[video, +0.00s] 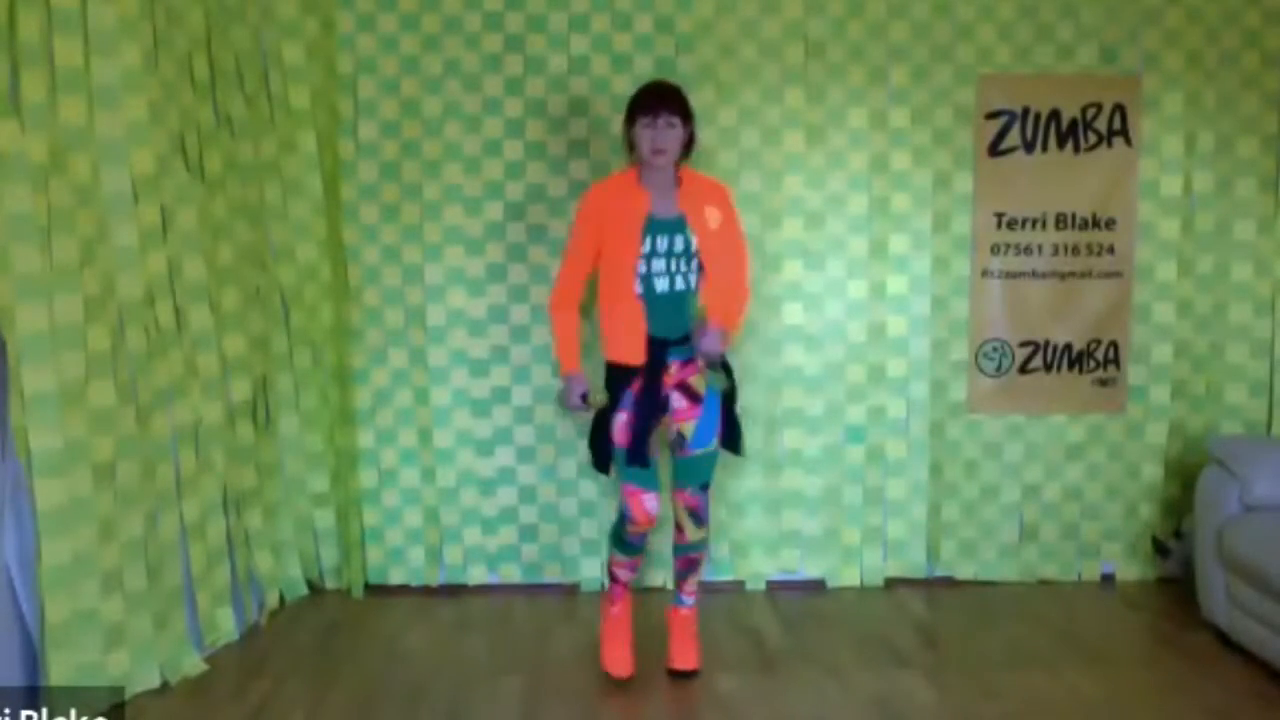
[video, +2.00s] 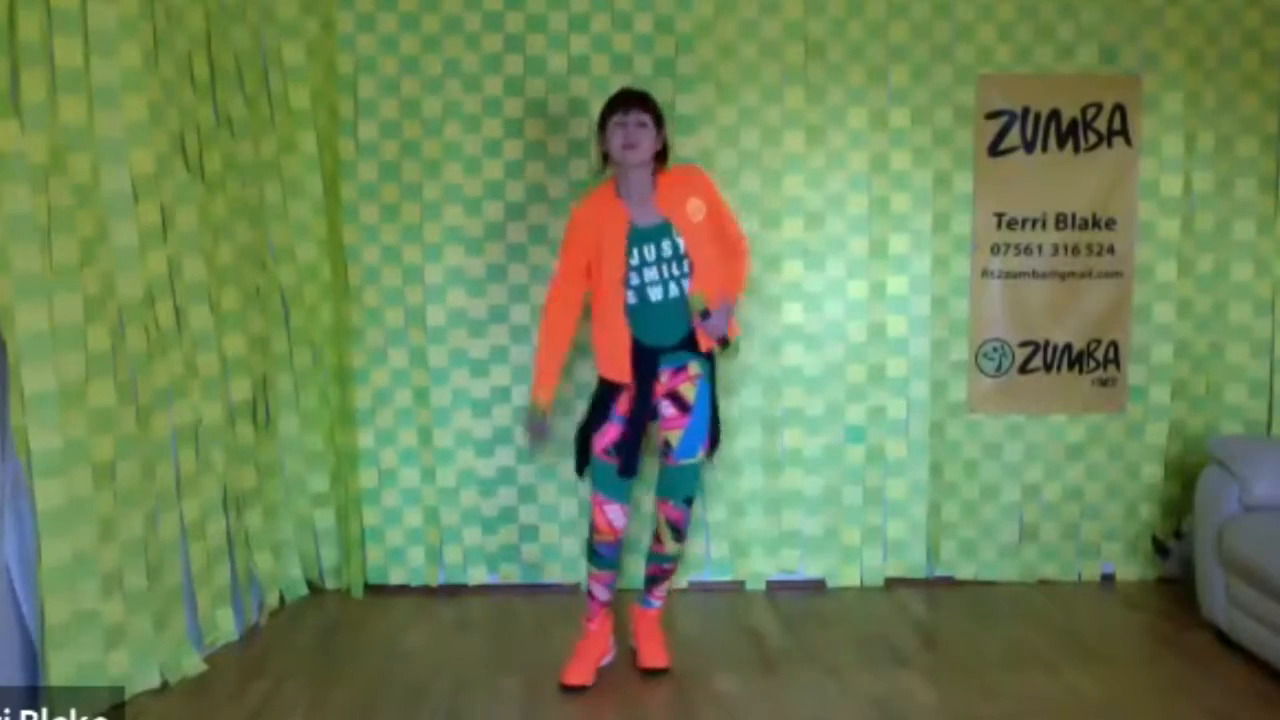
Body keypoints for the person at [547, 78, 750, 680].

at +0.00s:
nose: (659, 135)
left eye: (671, 125)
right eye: (648, 124)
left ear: (687, 136)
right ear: (630, 134)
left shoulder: (710, 197)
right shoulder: (602, 202)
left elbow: (734, 275)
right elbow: (566, 292)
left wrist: (721, 327)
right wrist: (571, 367)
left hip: (698, 365)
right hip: (631, 369)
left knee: (693, 503)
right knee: (639, 509)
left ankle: (685, 616)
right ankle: (617, 609)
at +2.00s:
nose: (630, 135)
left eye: (641, 126)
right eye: (619, 127)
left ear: (660, 138)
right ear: (604, 142)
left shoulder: (692, 186)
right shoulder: (591, 213)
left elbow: (733, 249)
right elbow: (563, 303)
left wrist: (725, 305)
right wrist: (542, 394)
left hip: (689, 364)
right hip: (622, 370)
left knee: (677, 500)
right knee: (607, 501)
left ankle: (649, 615)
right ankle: (597, 625)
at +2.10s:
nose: (622, 155)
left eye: (631, 146)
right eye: (611, 148)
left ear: (651, 158)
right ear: (594, 166)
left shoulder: (688, 210)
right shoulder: (589, 243)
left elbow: (714, 279)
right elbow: (569, 335)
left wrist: (730, 344)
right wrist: (552, 427)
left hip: (698, 374)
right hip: (630, 384)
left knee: (731, 512)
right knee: (609, 519)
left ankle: (689, 604)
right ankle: (598, 632)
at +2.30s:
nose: (678, 192)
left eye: (689, 182)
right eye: (667, 182)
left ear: (705, 191)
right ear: (648, 190)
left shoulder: (729, 253)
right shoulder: (620, 258)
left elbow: (783, 323)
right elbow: (579, 333)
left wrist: (826, 395)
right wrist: (575, 408)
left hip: (719, 411)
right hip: (645, 416)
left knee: (808, 511)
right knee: (590, 527)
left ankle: (851, 624)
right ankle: (595, 635)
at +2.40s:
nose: (720, 206)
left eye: (732, 195)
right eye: (710, 194)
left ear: (746, 205)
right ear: (691, 200)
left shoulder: (765, 271)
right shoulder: (655, 258)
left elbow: (819, 341)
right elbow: (603, 310)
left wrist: (874, 410)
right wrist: (597, 380)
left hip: (739, 428)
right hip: (664, 428)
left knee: (838, 526)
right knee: (597, 525)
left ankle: (874, 631)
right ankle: (596, 635)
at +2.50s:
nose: (786, 228)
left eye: (799, 218)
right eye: (778, 215)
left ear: (816, 230)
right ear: (761, 220)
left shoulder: (824, 303)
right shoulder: (722, 266)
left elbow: (884, 370)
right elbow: (655, 288)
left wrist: (947, 438)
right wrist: (648, 347)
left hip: (774, 445)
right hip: (698, 438)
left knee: (877, 525)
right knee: (617, 535)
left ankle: (881, 631)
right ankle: (600, 634)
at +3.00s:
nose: (741, 202)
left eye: (754, 192)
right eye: (734, 190)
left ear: (771, 201)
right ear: (721, 194)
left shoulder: (786, 260)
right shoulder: (687, 250)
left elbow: (840, 331)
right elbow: (630, 311)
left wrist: (889, 402)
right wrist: (616, 380)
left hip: (754, 409)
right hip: (685, 409)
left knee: (838, 510)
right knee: (626, 512)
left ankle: (880, 629)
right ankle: (589, 632)